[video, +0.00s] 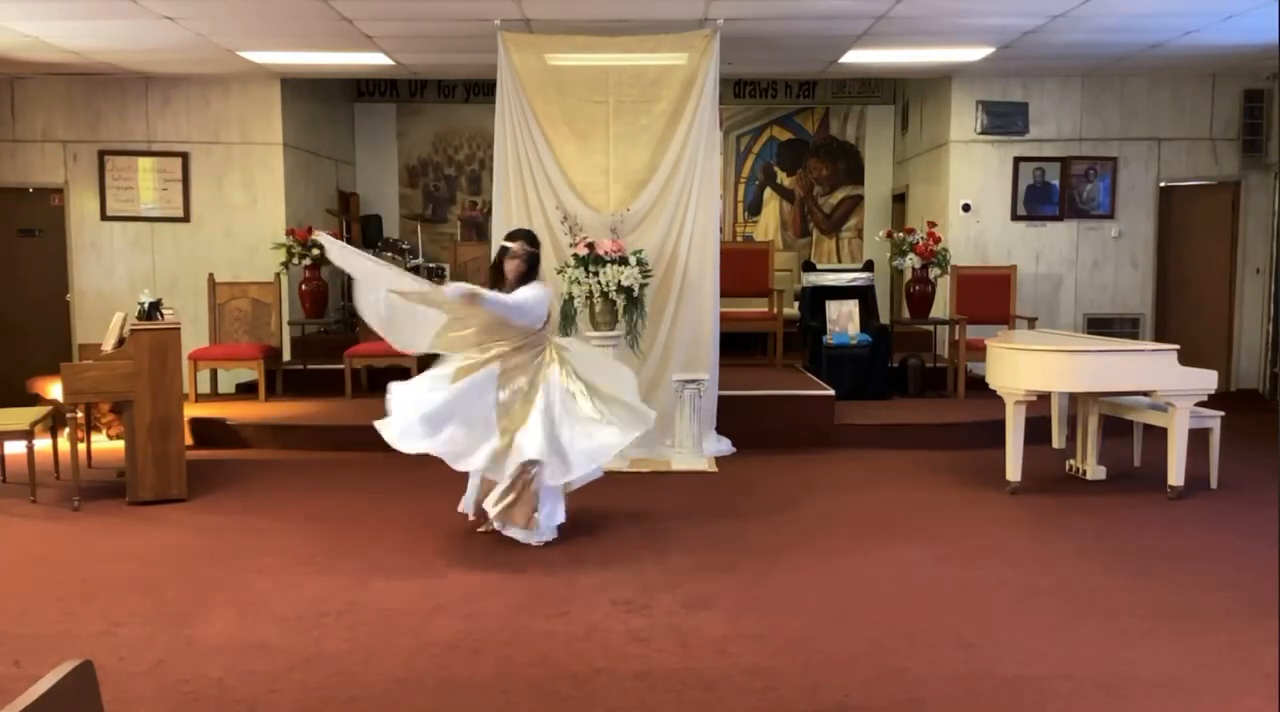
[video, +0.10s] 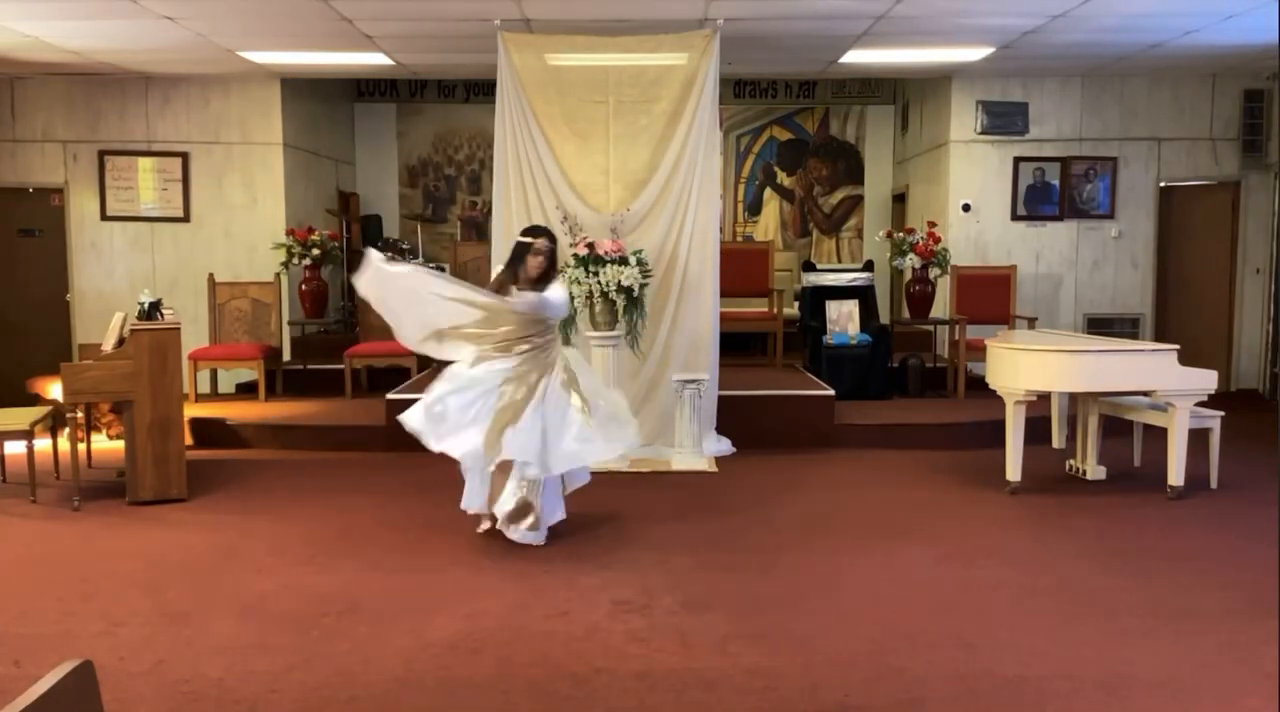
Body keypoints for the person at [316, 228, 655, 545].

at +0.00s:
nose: (512, 262)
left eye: (520, 257)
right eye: (508, 254)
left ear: (533, 263)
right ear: (501, 258)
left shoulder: (538, 294)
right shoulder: (500, 294)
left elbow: (513, 309)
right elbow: (456, 305)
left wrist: (475, 296)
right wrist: (422, 295)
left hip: (535, 376)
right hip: (507, 373)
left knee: (531, 445)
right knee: (502, 442)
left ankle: (521, 517)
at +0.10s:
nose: (538, 259)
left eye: (545, 254)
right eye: (532, 252)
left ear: (552, 260)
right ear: (519, 254)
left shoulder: (556, 288)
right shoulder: (502, 286)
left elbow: (560, 306)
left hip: (545, 366)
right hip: (508, 365)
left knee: (538, 435)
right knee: (497, 437)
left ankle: (527, 514)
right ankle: (488, 511)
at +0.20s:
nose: (560, 260)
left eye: (564, 254)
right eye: (554, 252)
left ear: (567, 258)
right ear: (536, 253)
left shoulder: (565, 292)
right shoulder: (504, 281)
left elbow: (602, 316)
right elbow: (465, 301)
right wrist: (421, 302)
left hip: (549, 370)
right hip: (503, 366)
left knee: (544, 441)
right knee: (492, 437)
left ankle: (527, 517)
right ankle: (488, 504)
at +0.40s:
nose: (576, 270)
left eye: (578, 262)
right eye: (569, 263)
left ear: (576, 262)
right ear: (550, 260)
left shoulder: (579, 296)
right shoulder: (518, 278)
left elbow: (613, 317)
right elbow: (468, 292)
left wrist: (650, 327)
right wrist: (427, 307)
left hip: (554, 384)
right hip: (515, 379)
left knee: (549, 453)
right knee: (524, 449)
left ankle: (535, 529)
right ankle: (481, 485)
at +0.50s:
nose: (586, 263)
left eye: (585, 255)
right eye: (579, 255)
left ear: (564, 256)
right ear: (562, 254)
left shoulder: (580, 294)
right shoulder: (532, 272)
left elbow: (615, 321)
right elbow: (486, 290)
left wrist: (641, 331)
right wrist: (442, 303)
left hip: (553, 378)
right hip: (517, 369)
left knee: (550, 449)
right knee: (511, 437)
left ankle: (532, 527)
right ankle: (495, 488)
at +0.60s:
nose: (586, 250)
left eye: (583, 245)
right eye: (580, 243)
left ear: (557, 248)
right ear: (564, 245)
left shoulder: (571, 285)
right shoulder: (542, 272)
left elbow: (577, 333)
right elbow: (503, 299)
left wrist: (598, 338)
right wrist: (480, 312)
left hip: (551, 376)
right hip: (521, 371)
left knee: (548, 448)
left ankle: (528, 521)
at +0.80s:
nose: (568, 249)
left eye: (562, 243)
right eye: (565, 243)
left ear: (526, 245)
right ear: (557, 244)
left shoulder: (507, 280)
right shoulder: (558, 270)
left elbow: (496, 325)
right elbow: (605, 304)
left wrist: (510, 345)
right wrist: (614, 318)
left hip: (514, 374)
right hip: (556, 376)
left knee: (525, 443)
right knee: (563, 449)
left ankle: (527, 522)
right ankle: (552, 526)